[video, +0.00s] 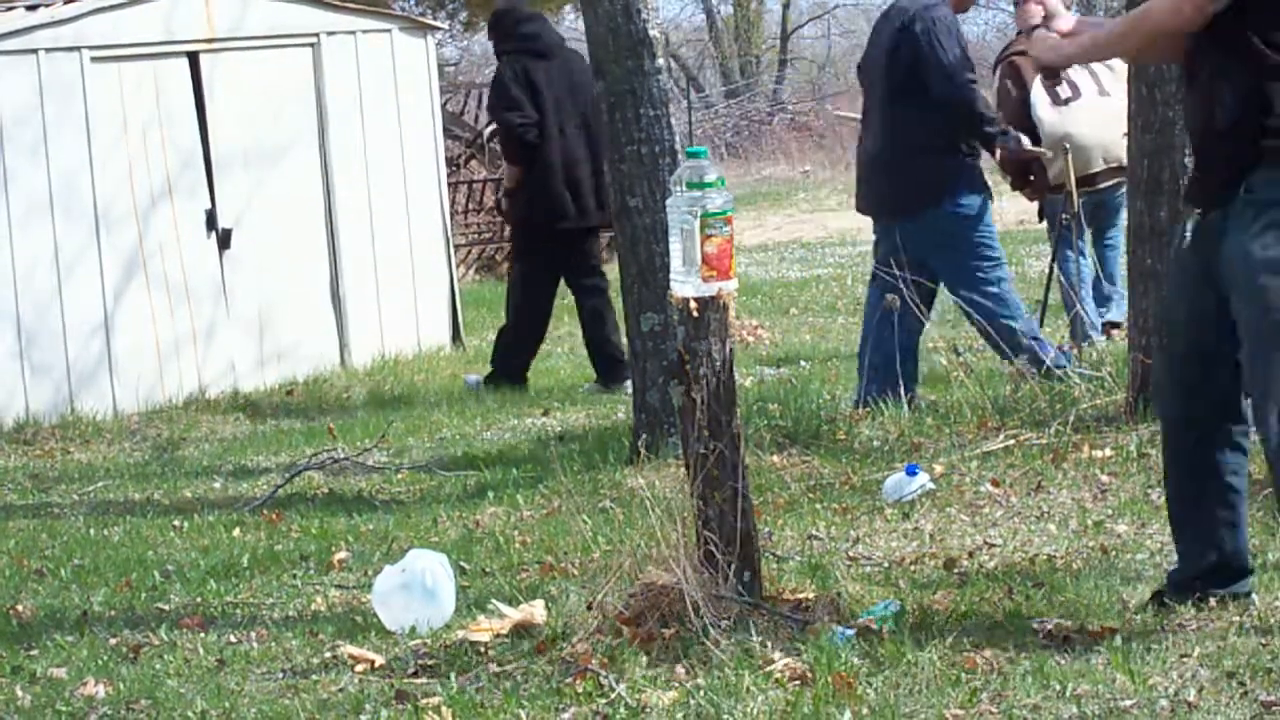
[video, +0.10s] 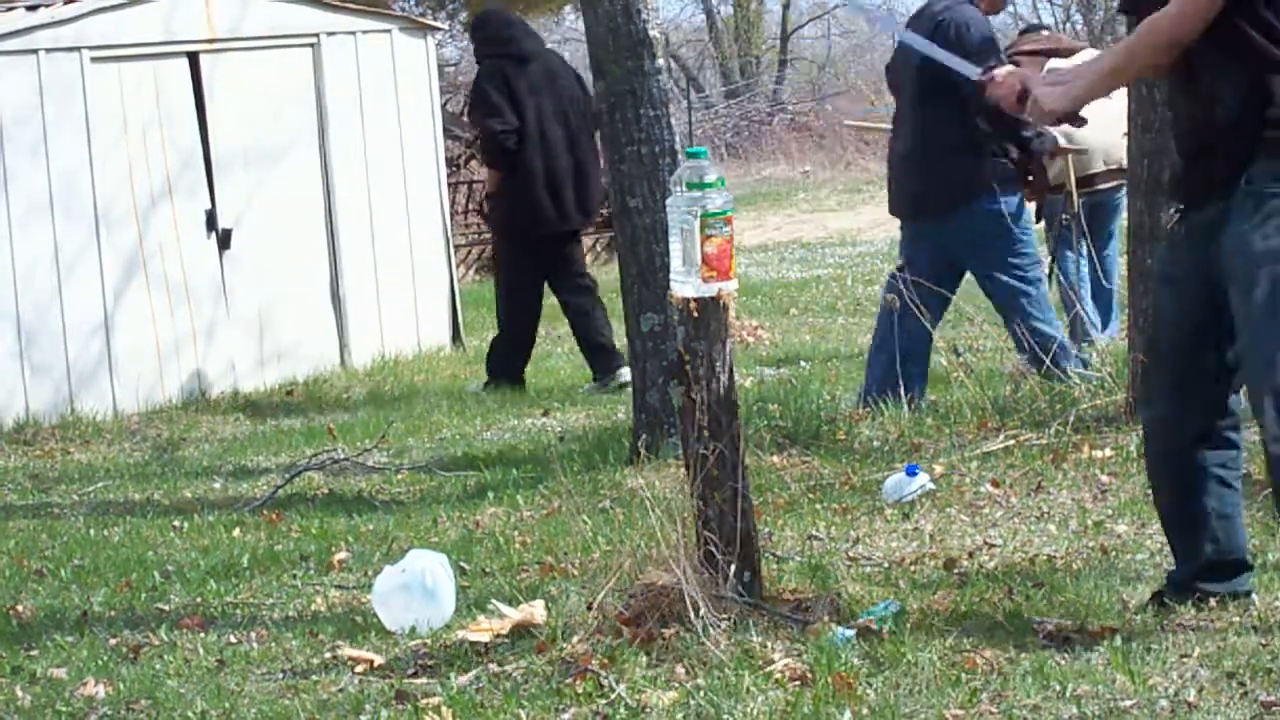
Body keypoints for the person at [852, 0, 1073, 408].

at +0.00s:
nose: (973, 6)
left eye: (975, 3)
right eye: (974, 2)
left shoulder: (892, 20)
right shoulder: (933, 18)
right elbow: (957, 90)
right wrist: (1001, 139)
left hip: (894, 186)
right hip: (939, 182)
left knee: (895, 299)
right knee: (987, 285)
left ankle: (882, 402)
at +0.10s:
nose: (1005, 6)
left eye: (1006, 4)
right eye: (1005, 2)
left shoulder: (916, 25)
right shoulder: (969, 24)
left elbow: (897, 80)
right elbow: (996, 102)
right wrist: (1032, 140)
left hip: (922, 191)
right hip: (978, 186)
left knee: (912, 300)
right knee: (1023, 289)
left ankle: (886, 404)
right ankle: (1069, 382)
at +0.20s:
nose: (1040, 7)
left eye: (1041, 7)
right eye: (1040, 5)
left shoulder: (955, 17)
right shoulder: (1006, 23)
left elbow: (927, 71)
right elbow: (1039, 101)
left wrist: (971, 110)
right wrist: (1086, 131)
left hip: (960, 185)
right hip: (1017, 183)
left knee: (947, 287)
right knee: (1052, 281)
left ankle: (895, 391)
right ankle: (1073, 382)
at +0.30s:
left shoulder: (982, 10)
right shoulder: (1040, 12)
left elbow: (955, 63)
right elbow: (1070, 91)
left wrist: (993, 109)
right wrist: (1112, 128)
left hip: (985, 164)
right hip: (1044, 166)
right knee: (1078, 271)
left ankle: (935, 351)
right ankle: (1070, 379)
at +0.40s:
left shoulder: (1007, 8)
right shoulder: (1071, 8)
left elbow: (980, 59)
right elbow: (1104, 74)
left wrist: (1018, 104)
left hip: (1022, 161)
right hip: (1075, 163)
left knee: (1059, 254)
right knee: (1088, 275)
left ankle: (998, 334)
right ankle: (1075, 379)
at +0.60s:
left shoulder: (1057, 10)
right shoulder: (1131, 11)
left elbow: (1018, 77)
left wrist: (1018, 144)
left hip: (1049, 152)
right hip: (1107, 151)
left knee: (1048, 251)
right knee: (1104, 263)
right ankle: (1075, 371)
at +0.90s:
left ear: (1029, 46)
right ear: (1070, 44)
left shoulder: (1019, 70)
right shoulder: (1098, 66)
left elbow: (1010, 128)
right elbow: (1120, 112)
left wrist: (1013, 173)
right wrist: (1120, 159)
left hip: (1049, 173)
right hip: (1106, 167)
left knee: (1045, 250)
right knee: (1100, 247)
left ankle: (1044, 331)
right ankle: (1097, 339)